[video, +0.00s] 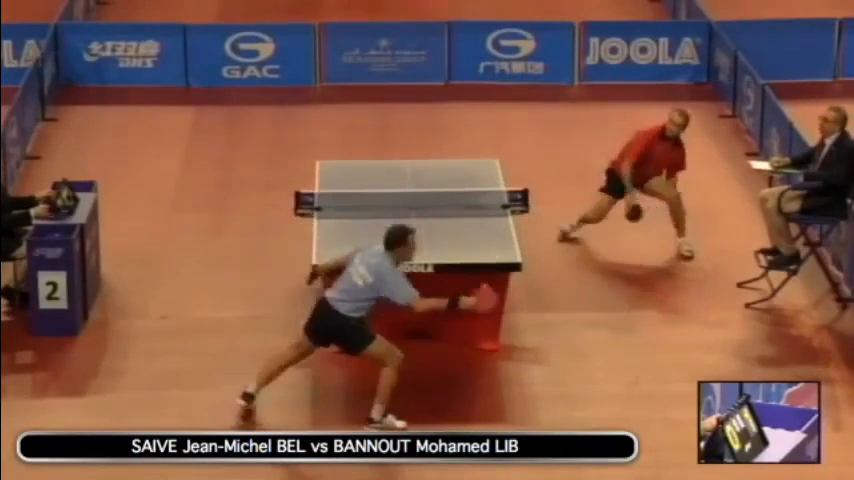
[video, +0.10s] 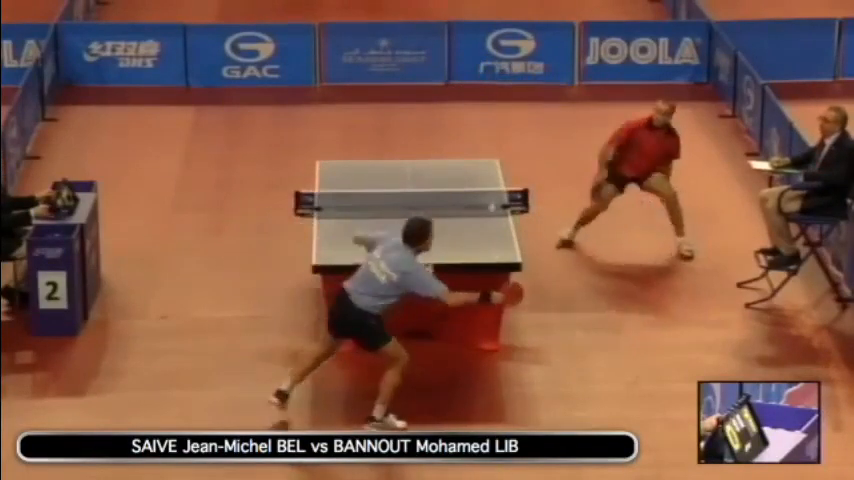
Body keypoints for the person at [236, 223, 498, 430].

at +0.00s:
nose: (413, 249)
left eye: (412, 244)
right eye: (411, 245)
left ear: (391, 243)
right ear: (401, 248)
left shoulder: (372, 252)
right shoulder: (387, 271)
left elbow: (346, 260)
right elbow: (417, 304)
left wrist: (324, 269)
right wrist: (457, 302)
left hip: (323, 312)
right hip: (345, 325)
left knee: (296, 352)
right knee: (394, 359)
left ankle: (251, 390)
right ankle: (378, 416)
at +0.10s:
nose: (430, 240)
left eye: (428, 236)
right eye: (429, 237)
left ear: (406, 234)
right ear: (423, 241)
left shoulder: (390, 241)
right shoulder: (412, 268)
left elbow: (360, 240)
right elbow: (449, 299)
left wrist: (379, 254)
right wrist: (484, 297)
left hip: (343, 304)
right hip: (363, 317)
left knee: (328, 348)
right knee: (400, 359)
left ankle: (286, 389)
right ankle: (379, 417)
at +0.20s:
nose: (439, 230)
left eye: (437, 225)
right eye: (438, 227)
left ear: (415, 222)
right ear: (433, 231)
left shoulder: (399, 230)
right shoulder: (420, 258)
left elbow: (370, 227)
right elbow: (454, 297)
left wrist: (393, 234)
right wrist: (490, 300)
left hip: (355, 297)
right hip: (378, 310)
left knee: (347, 342)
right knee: (406, 359)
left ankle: (314, 389)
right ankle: (385, 414)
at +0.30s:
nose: (455, 228)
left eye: (453, 223)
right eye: (454, 224)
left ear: (429, 221)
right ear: (449, 231)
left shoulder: (414, 229)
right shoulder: (438, 261)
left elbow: (384, 235)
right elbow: (455, 310)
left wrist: (372, 243)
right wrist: (478, 323)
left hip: (372, 299)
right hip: (397, 312)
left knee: (372, 345)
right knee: (430, 362)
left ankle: (354, 400)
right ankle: (421, 422)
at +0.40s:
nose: (465, 241)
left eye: (462, 236)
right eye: (464, 238)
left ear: (440, 234)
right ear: (461, 242)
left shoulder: (421, 245)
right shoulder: (450, 275)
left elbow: (393, 257)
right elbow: (455, 327)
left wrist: (376, 262)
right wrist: (473, 347)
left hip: (383, 315)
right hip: (410, 327)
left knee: (385, 360)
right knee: (444, 377)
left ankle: (367, 412)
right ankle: (454, 429)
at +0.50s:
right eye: (476, 251)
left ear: (452, 249)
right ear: (476, 257)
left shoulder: (432, 264)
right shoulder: (468, 290)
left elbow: (397, 290)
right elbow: (455, 333)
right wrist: (448, 374)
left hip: (400, 336)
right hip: (429, 346)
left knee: (382, 376)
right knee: (467, 382)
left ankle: (364, 419)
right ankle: (462, 447)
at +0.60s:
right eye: (476, 253)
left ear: (452, 251)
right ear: (477, 258)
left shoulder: (432, 269)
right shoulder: (474, 291)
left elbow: (401, 299)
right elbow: (456, 330)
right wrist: (441, 371)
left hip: (408, 343)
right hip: (438, 351)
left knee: (382, 384)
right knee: (471, 387)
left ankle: (358, 433)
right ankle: (462, 449)